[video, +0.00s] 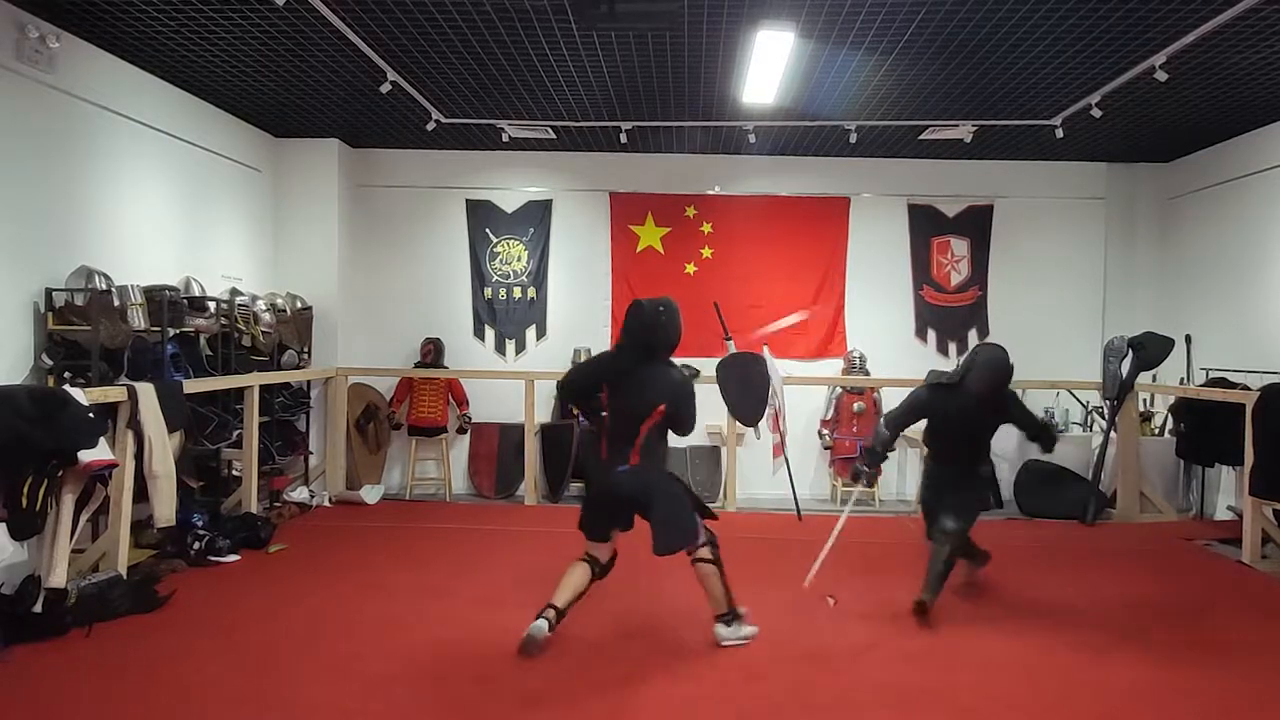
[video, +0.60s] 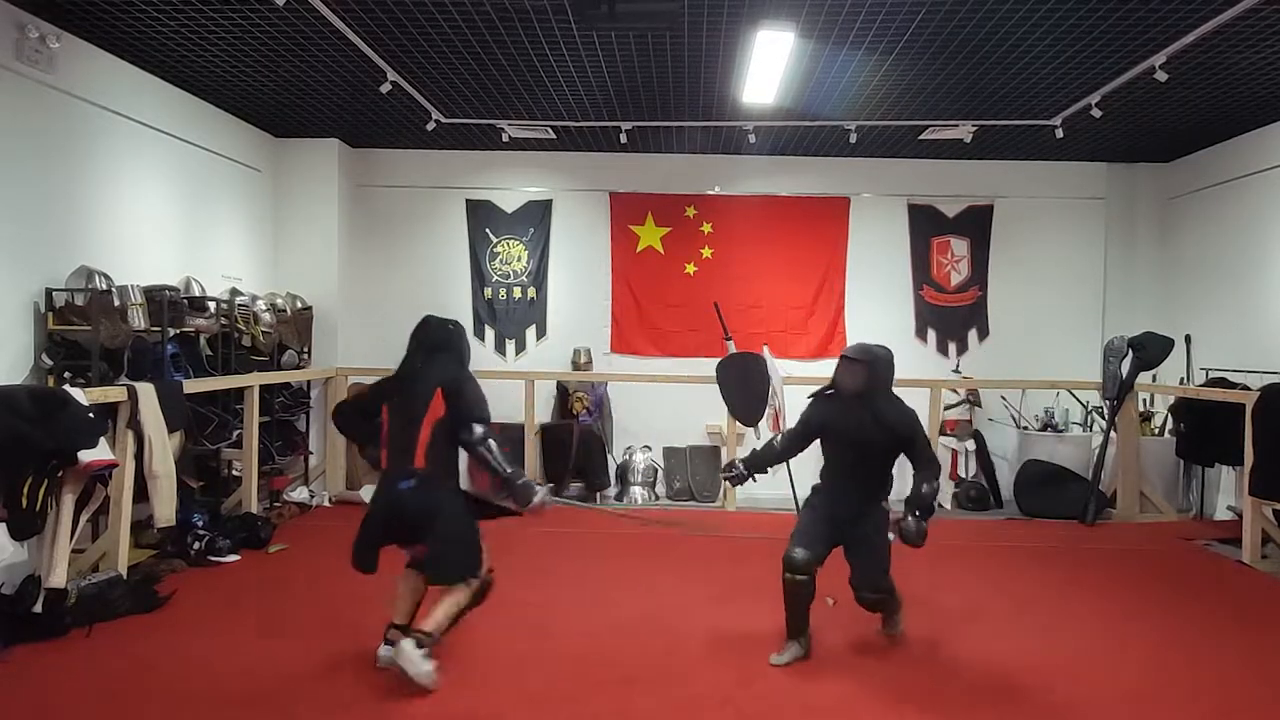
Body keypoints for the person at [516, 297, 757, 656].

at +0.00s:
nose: (679, 334)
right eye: (675, 328)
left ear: (629, 331)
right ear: (672, 336)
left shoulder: (610, 362)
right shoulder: (675, 380)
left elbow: (570, 387)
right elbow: (683, 426)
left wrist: (601, 414)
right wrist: (679, 385)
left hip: (602, 477)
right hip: (649, 477)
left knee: (596, 556)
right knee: (700, 541)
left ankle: (546, 619)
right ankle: (727, 621)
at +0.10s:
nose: (649, 334)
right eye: (647, 328)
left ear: (603, 331)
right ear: (642, 336)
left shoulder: (583, 365)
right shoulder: (645, 376)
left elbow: (540, 389)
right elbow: (682, 411)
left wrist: (573, 419)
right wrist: (673, 377)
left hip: (575, 480)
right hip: (620, 482)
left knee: (567, 548)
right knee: (665, 540)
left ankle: (529, 611)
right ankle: (646, 624)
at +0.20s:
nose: (608, 337)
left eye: (602, 330)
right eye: (603, 332)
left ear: (561, 343)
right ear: (598, 342)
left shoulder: (548, 381)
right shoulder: (613, 377)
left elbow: (504, 412)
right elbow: (666, 402)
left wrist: (538, 451)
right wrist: (707, 384)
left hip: (550, 493)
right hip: (598, 494)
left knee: (514, 552)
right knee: (641, 544)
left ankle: (465, 613)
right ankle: (644, 629)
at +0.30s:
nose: (559, 359)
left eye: (550, 356)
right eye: (556, 355)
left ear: (516, 361)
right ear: (552, 359)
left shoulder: (499, 400)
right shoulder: (569, 386)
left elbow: (458, 432)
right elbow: (630, 399)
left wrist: (493, 462)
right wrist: (685, 402)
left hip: (501, 502)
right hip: (555, 503)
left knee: (471, 562)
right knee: (611, 552)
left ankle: (408, 625)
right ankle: (640, 633)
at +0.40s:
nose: (520, 368)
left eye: (517, 364)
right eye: (517, 363)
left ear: (474, 364)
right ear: (510, 363)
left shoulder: (456, 395)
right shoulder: (521, 387)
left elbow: (409, 430)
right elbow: (567, 419)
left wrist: (441, 462)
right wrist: (619, 430)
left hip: (456, 502)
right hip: (504, 499)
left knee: (439, 563)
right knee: (559, 560)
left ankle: (398, 641)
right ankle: (615, 632)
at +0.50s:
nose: (489, 368)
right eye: (486, 362)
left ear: (441, 360)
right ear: (478, 361)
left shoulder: (421, 392)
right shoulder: (483, 388)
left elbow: (376, 428)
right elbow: (519, 437)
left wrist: (406, 460)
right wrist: (563, 479)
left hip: (419, 499)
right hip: (466, 498)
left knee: (431, 559)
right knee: (526, 557)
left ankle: (393, 641)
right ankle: (528, 647)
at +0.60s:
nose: (466, 355)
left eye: (465, 349)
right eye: (464, 348)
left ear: (417, 346)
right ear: (455, 348)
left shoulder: (394, 383)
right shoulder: (457, 381)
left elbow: (345, 414)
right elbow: (475, 435)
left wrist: (377, 447)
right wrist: (518, 484)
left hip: (391, 495)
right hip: (436, 495)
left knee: (421, 556)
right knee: (471, 574)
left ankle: (394, 640)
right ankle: (418, 643)